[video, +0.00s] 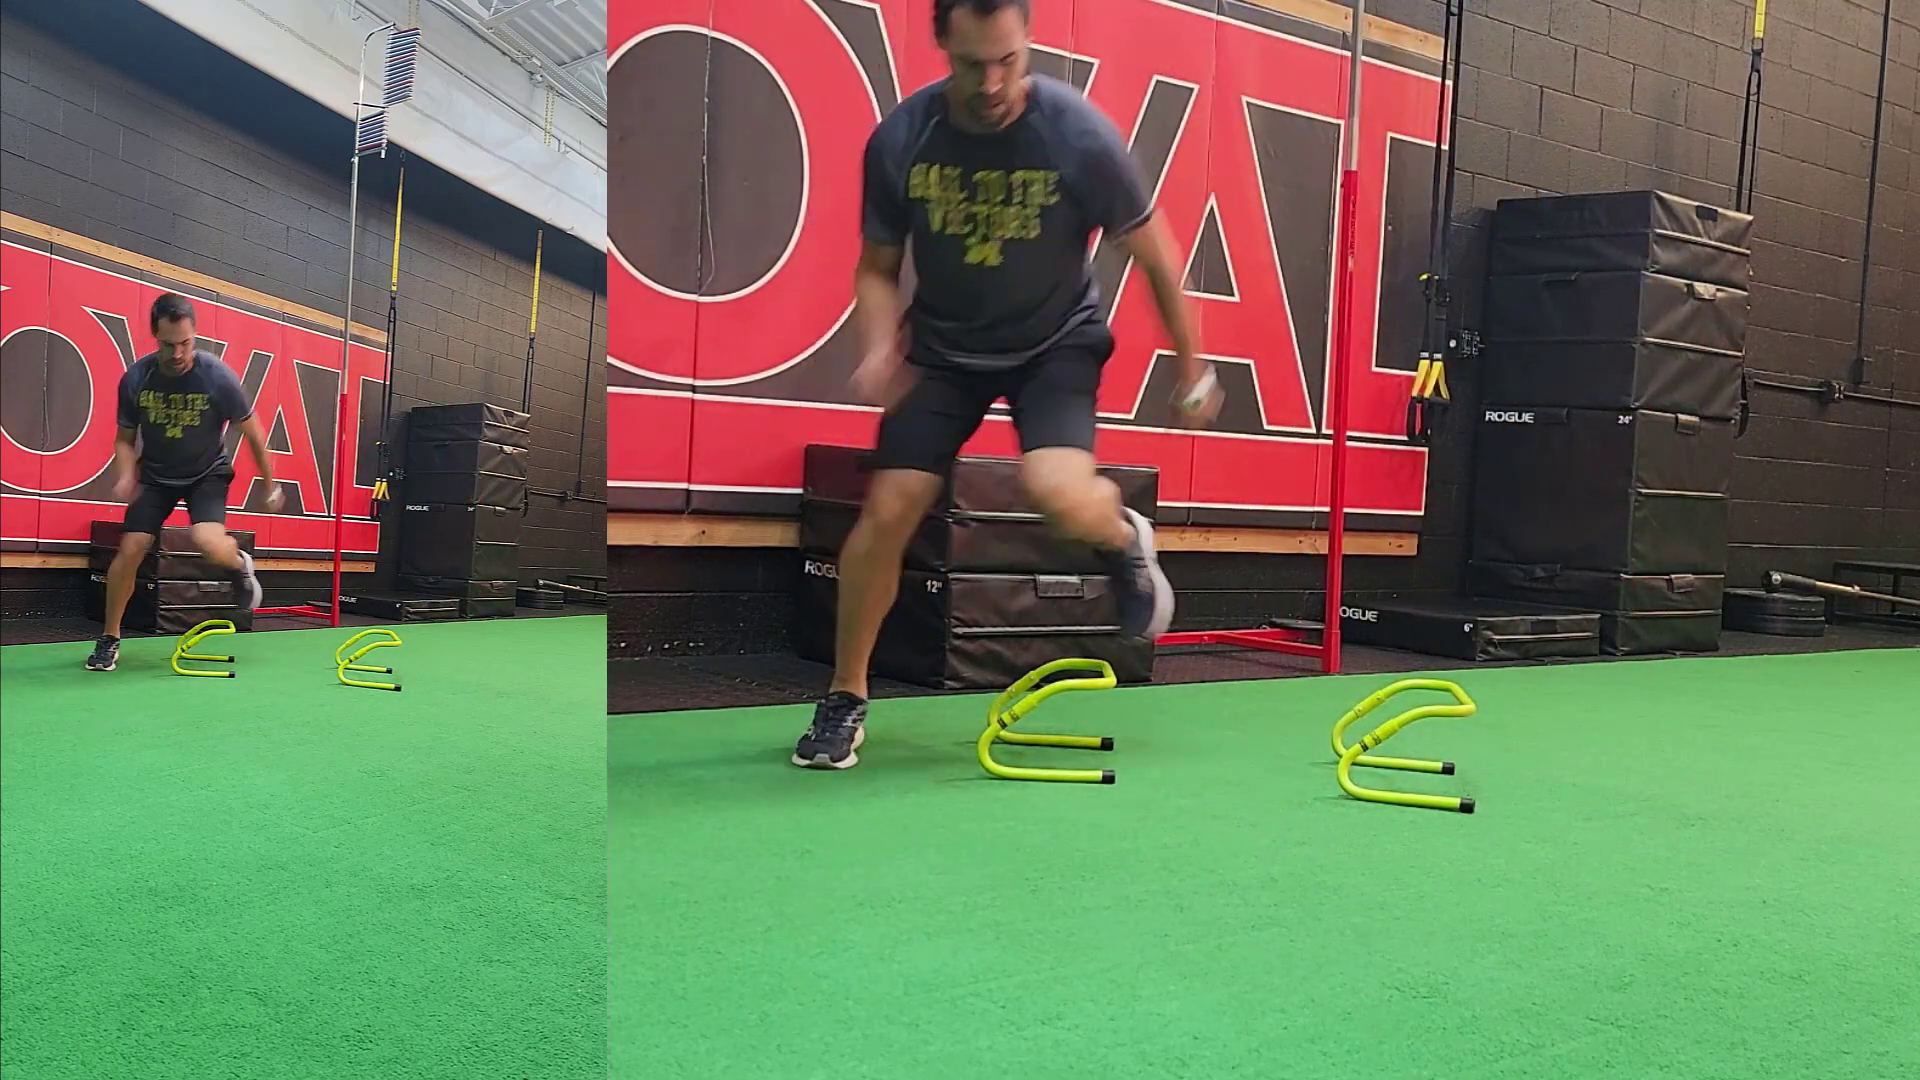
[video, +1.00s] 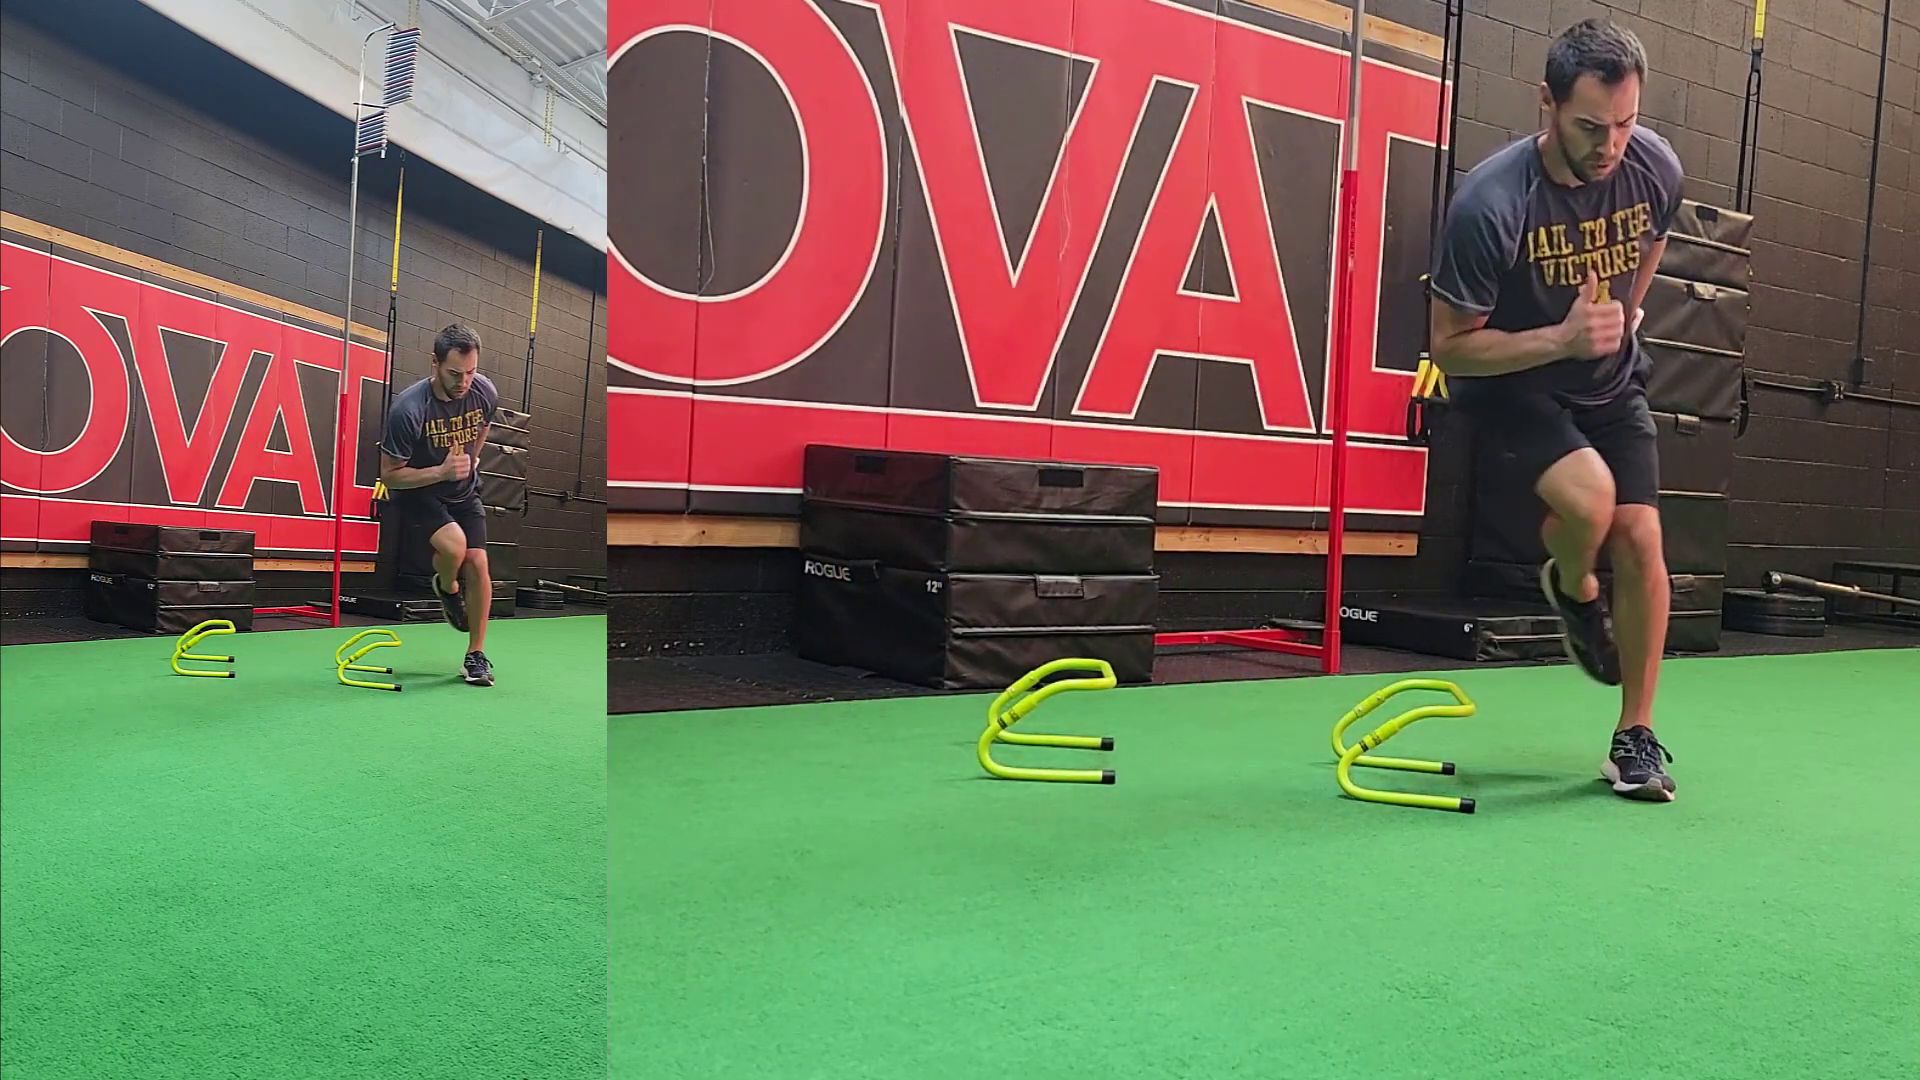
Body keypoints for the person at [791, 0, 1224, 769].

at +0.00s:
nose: (991, 83)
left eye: (1006, 62)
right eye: (972, 66)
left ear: (1029, 43)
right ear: (942, 51)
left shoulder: (1083, 139)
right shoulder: (899, 141)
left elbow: (1159, 258)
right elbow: (878, 266)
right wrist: (879, 347)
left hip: (1054, 346)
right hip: (943, 350)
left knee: (1058, 492)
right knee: (890, 506)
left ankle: (1128, 546)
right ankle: (845, 696)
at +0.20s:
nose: (1151, 13)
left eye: (1163, 1)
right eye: (1134, 3)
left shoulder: (1229, 64)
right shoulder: (1047, 64)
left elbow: (1264, 172)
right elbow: (1014, 185)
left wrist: (1257, 295)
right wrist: (1001, 294)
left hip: (1179, 289)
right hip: (1071, 280)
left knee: (1188, 485)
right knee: (1028, 445)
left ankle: (1216, 692)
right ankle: (963, 572)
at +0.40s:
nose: (1293, 8)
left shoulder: (1343, 54)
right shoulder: (1165, 57)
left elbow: (1369, 164)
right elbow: (1108, 181)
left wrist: (1343, 186)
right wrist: (1082, 317)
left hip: (1298, 282)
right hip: (1198, 274)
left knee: (1295, 459)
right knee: (1223, 437)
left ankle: (1250, 644)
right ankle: (1194, 642)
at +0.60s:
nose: (1409, 26)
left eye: (1423, 10)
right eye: (1392, 9)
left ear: (1439, 10)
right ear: (1351, 7)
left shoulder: (1461, 78)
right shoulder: (1288, 90)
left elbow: (1474, 177)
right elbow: (1232, 225)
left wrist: (1469, 295)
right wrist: (1247, 351)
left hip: (1423, 310)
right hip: (1308, 323)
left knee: (1501, 466)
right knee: (1286, 503)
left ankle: (1486, 584)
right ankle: (1211, 709)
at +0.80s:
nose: (1543, 91)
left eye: (1558, 71)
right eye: (1525, 72)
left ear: (1573, 53)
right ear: (1481, 51)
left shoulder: (1594, 129)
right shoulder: (1421, 147)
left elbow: (1594, 220)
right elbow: (1390, 288)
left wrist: (1571, 316)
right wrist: (1499, 282)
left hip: (1541, 352)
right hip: (1434, 345)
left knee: (1582, 537)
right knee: (1419, 476)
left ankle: (1625, 729)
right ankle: (1426, 504)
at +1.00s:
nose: (1609, 147)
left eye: (1623, 126)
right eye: (1591, 128)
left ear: (1636, 109)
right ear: (1547, 107)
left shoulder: (1655, 169)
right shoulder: (1486, 202)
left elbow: (1653, 241)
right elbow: (1449, 348)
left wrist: (1626, 315)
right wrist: (1559, 339)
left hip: (1611, 378)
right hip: (1510, 385)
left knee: (1640, 536)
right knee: (1591, 499)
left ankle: (1635, 733)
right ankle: (1574, 590)